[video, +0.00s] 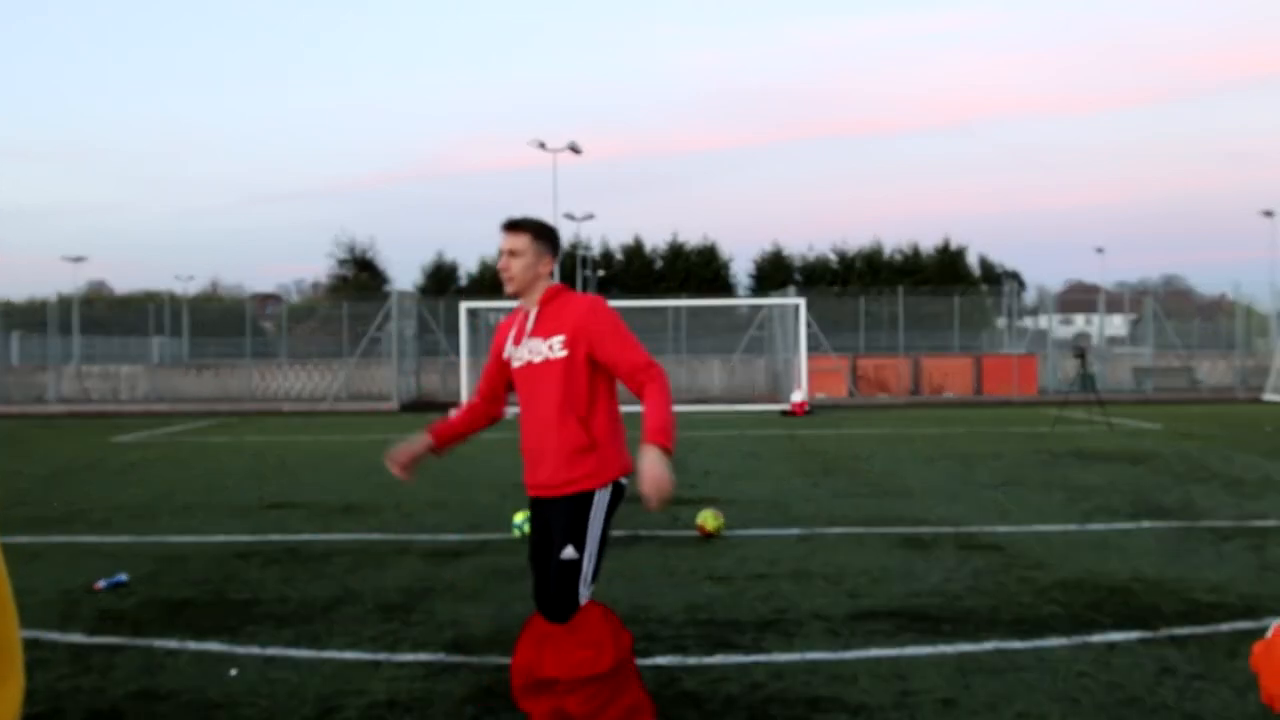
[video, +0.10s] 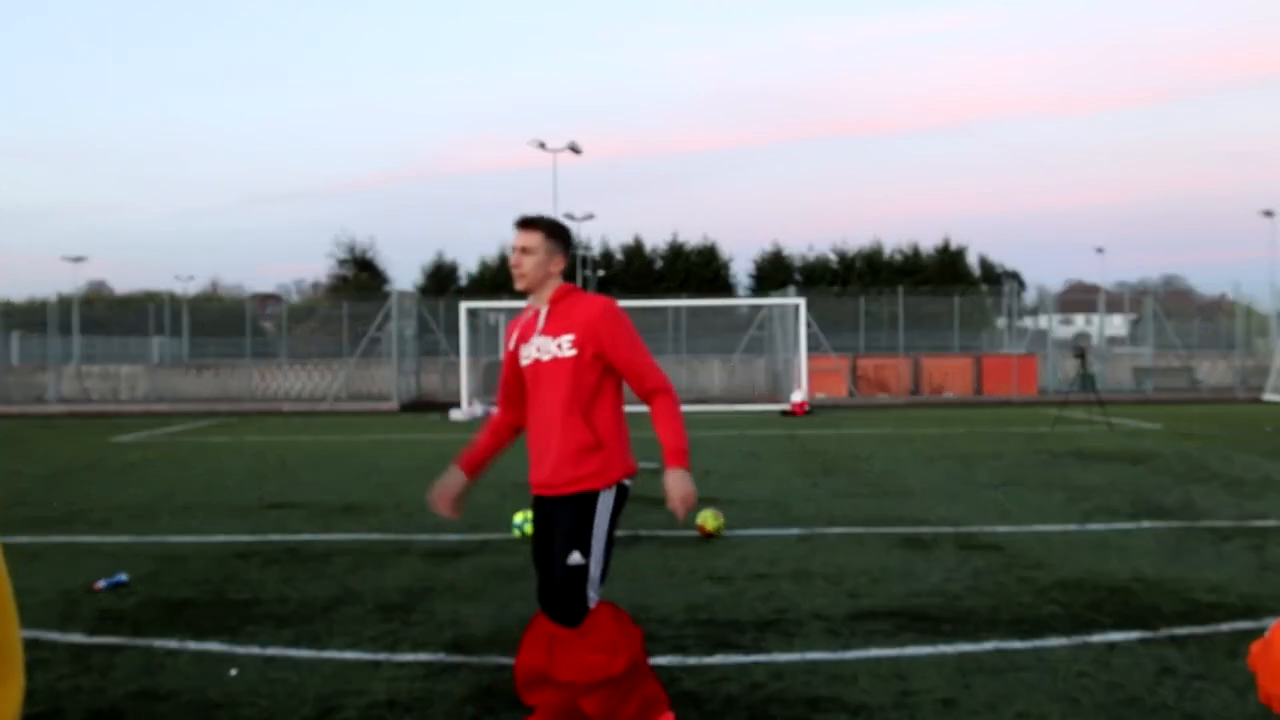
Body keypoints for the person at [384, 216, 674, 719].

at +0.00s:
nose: (502, 265)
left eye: (513, 255)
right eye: (501, 255)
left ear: (546, 262)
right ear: (508, 262)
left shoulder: (586, 312)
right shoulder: (510, 329)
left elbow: (650, 379)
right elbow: (486, 404)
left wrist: (655, 450)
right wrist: (427, 441)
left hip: (591, 478)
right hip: (544, 483)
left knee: (564, 602)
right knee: (553, 601)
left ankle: (623, 705)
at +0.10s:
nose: (514, 262)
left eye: (526, 253)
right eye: (513, 252)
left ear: (558, 261)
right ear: (518, 260)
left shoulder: (597, 313)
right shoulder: (520, 329)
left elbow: (658, 391)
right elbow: (509, 414)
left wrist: (676, 466)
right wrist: (462, 470)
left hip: (597, 480)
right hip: (548, 484)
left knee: (572, 603)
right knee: (555, 604)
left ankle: (645, 706)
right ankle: (564, 704)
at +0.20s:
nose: (533, 259)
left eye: (546, 250)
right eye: (532, 249)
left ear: (577, 259)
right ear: (535, 256)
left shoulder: (614, 314)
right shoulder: (535, 326)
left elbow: (657, 399)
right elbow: (533, 414)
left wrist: (690, 477)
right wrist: (533, 492)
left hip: (606, 484)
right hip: (554, 487)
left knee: (600, 608)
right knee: (560, 608)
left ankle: (636, 706)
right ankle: (567, 707)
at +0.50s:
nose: (589, 261)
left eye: (601, 252)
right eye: (587, 251)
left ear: (630, 262)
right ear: (583, 258)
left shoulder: (664, 324)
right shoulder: (578, 318)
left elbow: (695, 412)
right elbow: (601, 394)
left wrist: (707, 495)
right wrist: (602, 457)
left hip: (642, 490)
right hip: (584, 483)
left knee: (660, 606)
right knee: (549, 593)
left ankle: (664, 703)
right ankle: (570, 701)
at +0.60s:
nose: (603, 260)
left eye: (615, 251)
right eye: (600, 250)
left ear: (646, 259)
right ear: (598, 255)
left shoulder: (674, 325)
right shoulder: (592, 314)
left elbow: (702, 415)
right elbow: (603, 388)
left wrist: (711, 501)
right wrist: (609, 449)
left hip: (646, 482)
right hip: (594, 466)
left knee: (657, 605)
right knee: (529, 542)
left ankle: (658, 709)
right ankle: (588, 652)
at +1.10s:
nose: (625, 260)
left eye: (635, 251)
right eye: (617, 251)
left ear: (652, 259)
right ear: (605, 259)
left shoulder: (673, 319)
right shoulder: (595, 319)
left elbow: (697, 407)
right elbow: (578, 401)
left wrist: (667, 478)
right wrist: (538, 461)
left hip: (642, 484)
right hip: (594, 481)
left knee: (644, 598)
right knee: (590, 597)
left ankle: (662, 697)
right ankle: (617, 693)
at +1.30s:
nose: (598, 261)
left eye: (609, 252)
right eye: (592, 252)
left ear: (630, 260)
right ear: (582, 260)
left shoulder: (660, 312)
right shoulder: (577, 327)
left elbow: (687, 395)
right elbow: (564, 411)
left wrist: (684, 476)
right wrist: (545, 488)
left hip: (649, 465)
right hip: (601, 468)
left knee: (594, 578)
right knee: (615, 585)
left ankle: (638, 691)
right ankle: (633, 696)